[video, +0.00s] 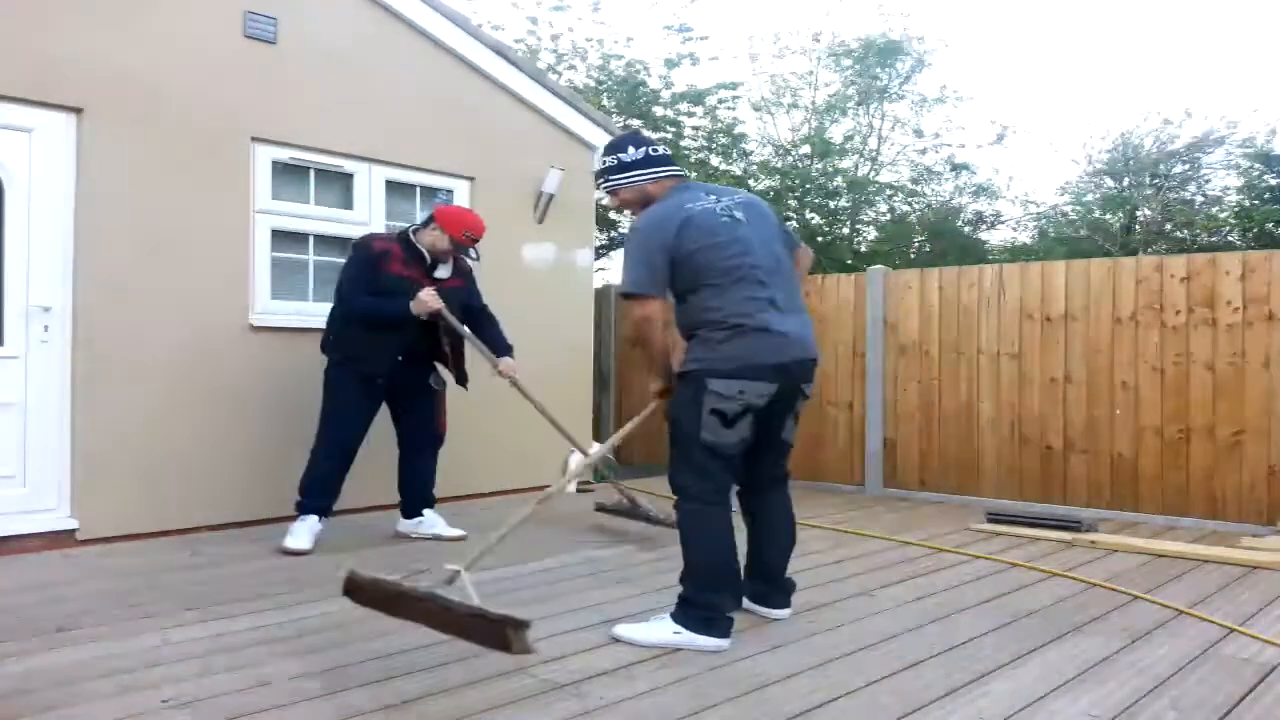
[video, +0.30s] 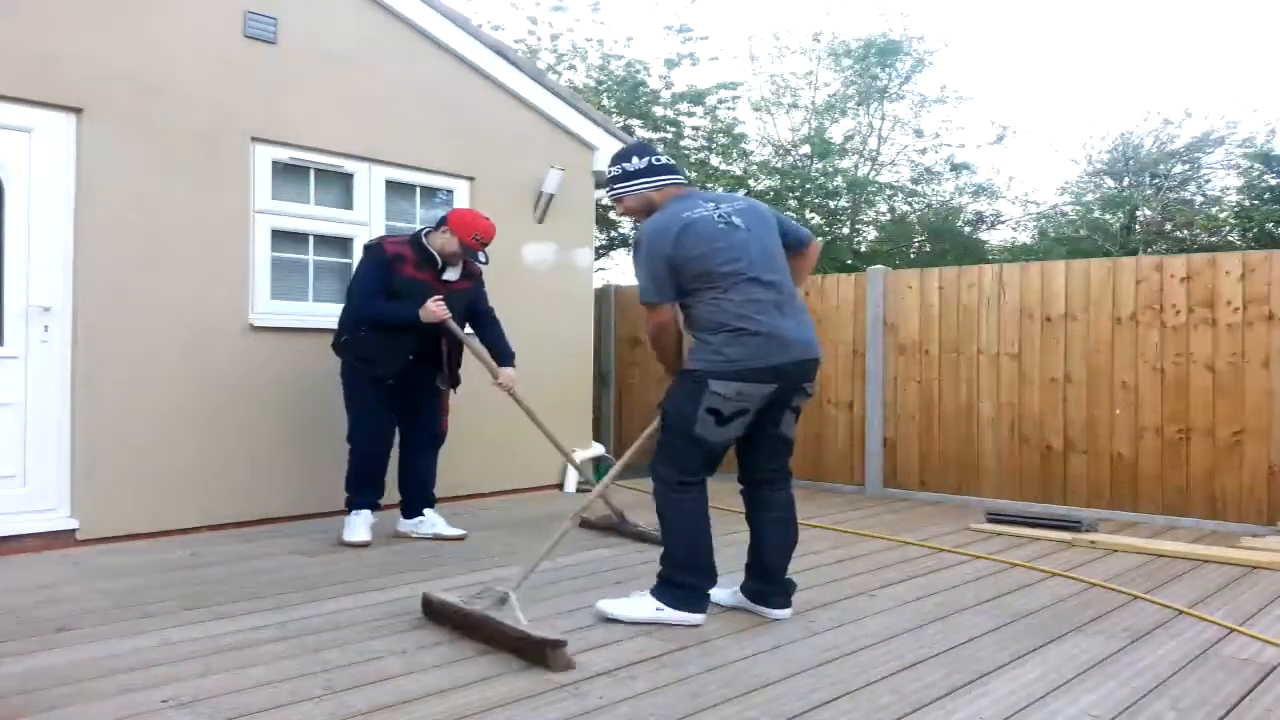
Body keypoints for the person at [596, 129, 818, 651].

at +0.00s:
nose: (617, 207)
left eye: (615, 195)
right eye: (612, 197)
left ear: (638, 182)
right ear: (663, 174)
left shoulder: (655, 222)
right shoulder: (744, 200)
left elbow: (648, 317)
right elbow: (800, 256)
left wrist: (664, 375)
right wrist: (764, 317)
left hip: (726, 360)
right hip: (794, 355)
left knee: (700, 486)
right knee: (765, 476)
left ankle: (704, 617)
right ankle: (769, 592)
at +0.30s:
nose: (618, 210)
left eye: (617, 198)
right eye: (614, 201)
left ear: (642, 187)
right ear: (665, 180)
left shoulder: (657, 231)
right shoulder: (743, 204)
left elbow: (663, 324)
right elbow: (806, 244)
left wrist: (676, 376)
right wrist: (780, 306)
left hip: (732, 358)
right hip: (797, 352)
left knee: (676, 471)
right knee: (767, 470)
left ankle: (682, 595)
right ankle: (768, 590)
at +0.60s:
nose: (580, 229)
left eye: (578, 217)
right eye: (574, 220)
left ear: (600, 203)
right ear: (621, 197)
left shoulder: (622, 237)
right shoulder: (695, 215)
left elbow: (603, 321)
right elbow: (719, 284)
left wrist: (594, 393)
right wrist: (678, 332)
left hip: (714, 360)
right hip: (781, 353)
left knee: (681, 478)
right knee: (766, 473)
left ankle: (676, 594)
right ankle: (768, 590)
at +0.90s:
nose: (573, 225)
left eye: (574, 213)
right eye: (570, 215)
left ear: (601, 203)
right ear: (618, 199)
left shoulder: (617, 239)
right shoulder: (685, 218)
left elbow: (579, 315)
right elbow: (683, 303)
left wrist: (540, 390)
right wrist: (622, 345)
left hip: (716, 360)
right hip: (779, 349)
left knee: (679, 477)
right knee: (781, 466)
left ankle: (676, 594)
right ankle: (818, 577)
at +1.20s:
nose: (624, 215)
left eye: (625, 204)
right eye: (621, 206)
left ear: (651, 196)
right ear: (670, 193)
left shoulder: (667, 234)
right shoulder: (739, 221)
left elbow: (639, 309)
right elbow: (761, 288)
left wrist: (627, 368)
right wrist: (697, 320)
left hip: (728, 366)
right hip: (785, 360)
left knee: (683, 474)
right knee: (785, 464)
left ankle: (677, 593)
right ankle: (828, 568)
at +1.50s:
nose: (703, 215)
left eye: (706, 205)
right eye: (700, 206)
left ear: (730, 196)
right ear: (749, 195)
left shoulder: (741, 234)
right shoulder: (810, 222)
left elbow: (725, 311)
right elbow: (861, 269)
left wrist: (732, 363)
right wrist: (814, 302)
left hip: (782, 363)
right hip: (836, 360)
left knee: (737, 469)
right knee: (808, 463)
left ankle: (728, 582)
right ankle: (832, 571)